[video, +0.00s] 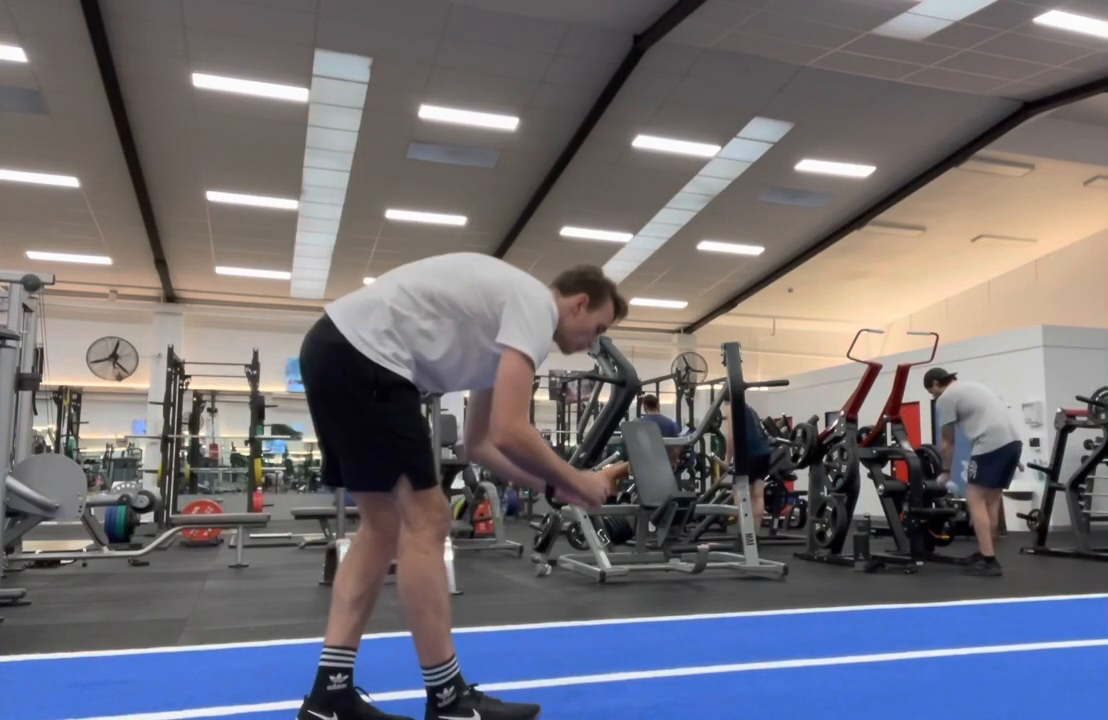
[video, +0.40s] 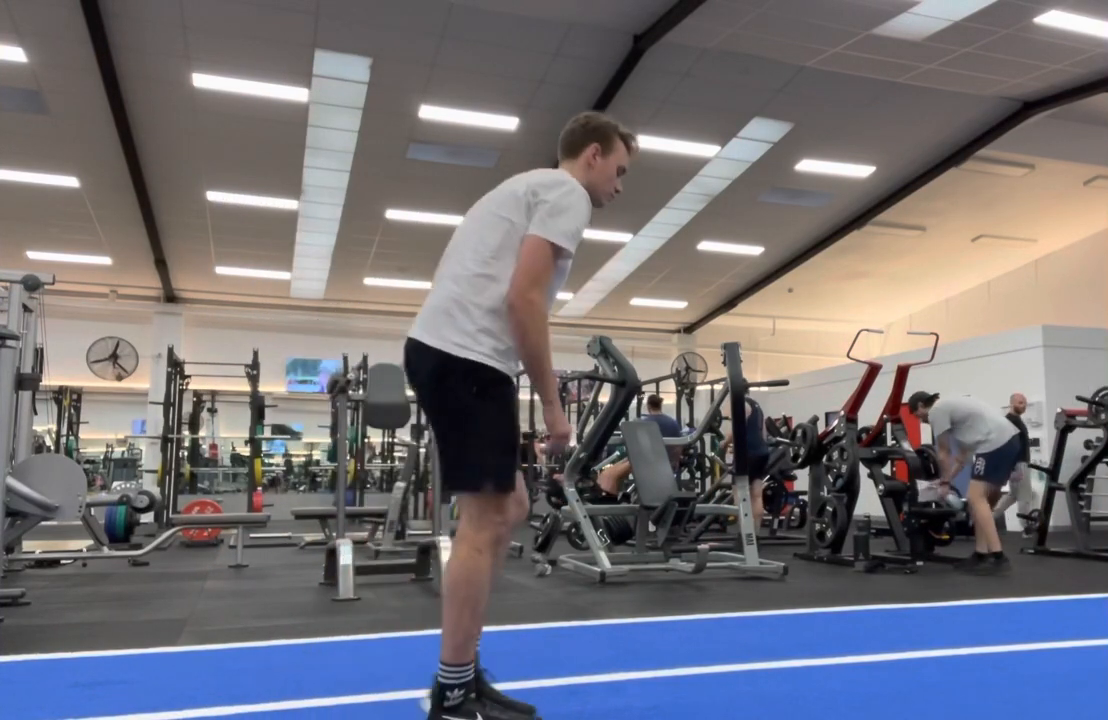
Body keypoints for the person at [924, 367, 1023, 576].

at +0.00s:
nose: (933, 396)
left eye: (931, 392)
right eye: (931, 393)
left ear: (937, 384)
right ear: (949, 379)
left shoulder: (946, 398)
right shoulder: (970, 387)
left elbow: (948, 441)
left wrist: (946, 472)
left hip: (991, 444)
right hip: (1012, 441)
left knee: (975, 500)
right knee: (992, 500)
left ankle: (988, 558)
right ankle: (984, 551)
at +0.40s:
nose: (920, 418)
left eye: (917, 414)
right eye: (917, 416)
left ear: (921, 406)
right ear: (928, 402)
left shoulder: (938, 411)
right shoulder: (952, 406)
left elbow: (944, 453)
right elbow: (962, 456)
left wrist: (944, 482)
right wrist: (947, 480)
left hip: (995, 442)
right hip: (1007, 439)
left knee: (976, 497)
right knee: (980, 499)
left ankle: (997, 555)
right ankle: (981, 554)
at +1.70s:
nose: (915, 439)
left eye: (912, 435)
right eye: (912, 437)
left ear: (915, 426)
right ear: (917, 424)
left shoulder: (940, 422)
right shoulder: (938, 434)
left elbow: (960, 459)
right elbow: (954, 463)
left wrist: (959, 488)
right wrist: (950, 490)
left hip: (1006, 440)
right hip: (992, 446)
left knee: (994, 496)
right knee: (981, 496)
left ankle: (1005, 559)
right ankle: (981, 555)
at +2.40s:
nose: (913, 435)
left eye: (910, 431)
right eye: (910, 433)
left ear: (915, 421)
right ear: (917, 421)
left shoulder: (938, 418)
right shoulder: (937, 436)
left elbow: (958, 457)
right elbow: (944, 474)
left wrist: (957, 485)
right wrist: (933, 504)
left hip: (1006, 440)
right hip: (991, 446)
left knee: (999, 498)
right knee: (983, 498)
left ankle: (1005, 559)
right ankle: (981, 555)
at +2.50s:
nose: (911, 428)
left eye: (909, 422)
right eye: (908, 424)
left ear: (915, 414)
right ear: (917, 414)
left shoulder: (939, 413)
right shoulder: (937, 428)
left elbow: (955, 452)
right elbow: (943, 468)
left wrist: (953, 479)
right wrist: (937, 502)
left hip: (1004, 440)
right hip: (990, 446)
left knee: (997, 498)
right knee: (980, 498)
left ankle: (1006, 559)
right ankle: (981, 555)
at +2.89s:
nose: (921, 385)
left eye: (920, 380)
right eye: (919, 381)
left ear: (928, 373)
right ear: (933, 372)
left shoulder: (946, 383)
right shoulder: (953, 386)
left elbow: (949, 416)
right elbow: (959, 432)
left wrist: (934, 440)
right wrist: (941, 456)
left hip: (989, 439)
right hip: (985, 440)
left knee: (976, 496)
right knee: (974, 497)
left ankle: (1000, 553)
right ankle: (981, 553)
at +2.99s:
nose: (925, 377)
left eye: (925, 371)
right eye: (923, 372)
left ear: (935, 365)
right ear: (939, 365)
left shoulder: (948, 379)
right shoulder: (957, 381)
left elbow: (950, 412)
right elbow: (961, 423)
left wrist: (934, 434)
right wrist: (941, 442)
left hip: (981, 440)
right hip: (983, 441)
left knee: (969, 495)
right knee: (973, 497)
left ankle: (996, 551)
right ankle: (981, 552)